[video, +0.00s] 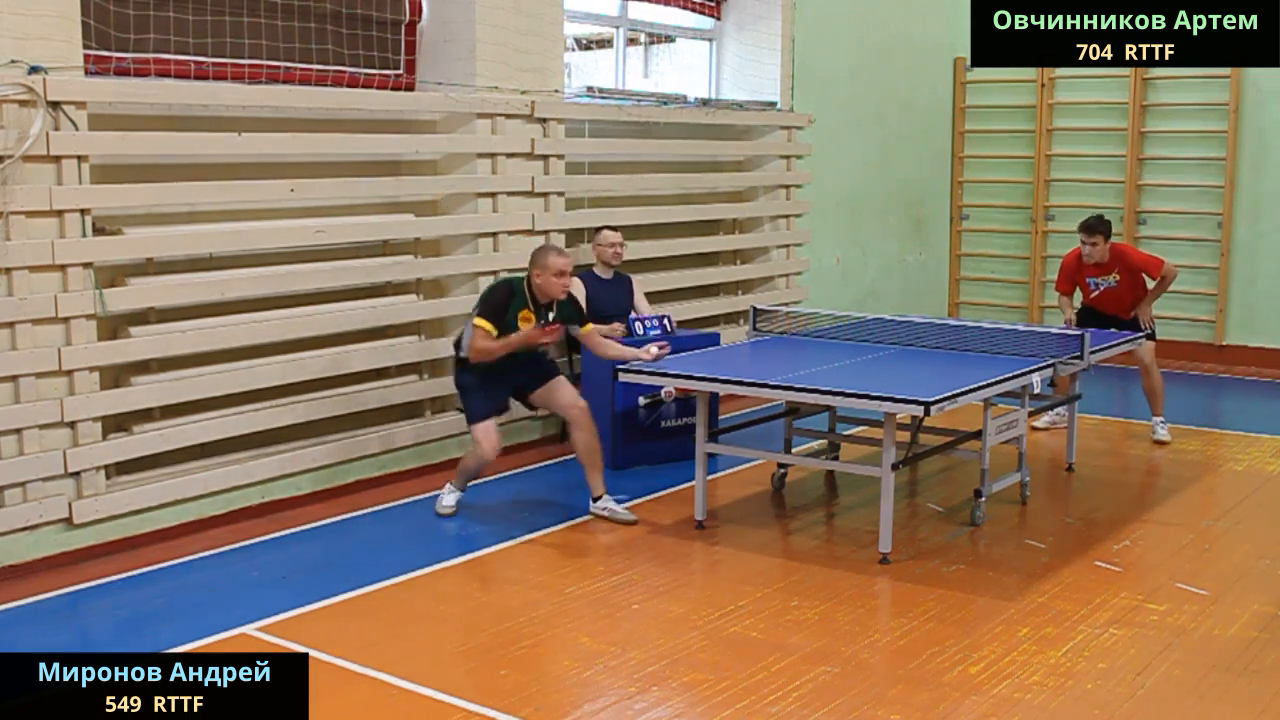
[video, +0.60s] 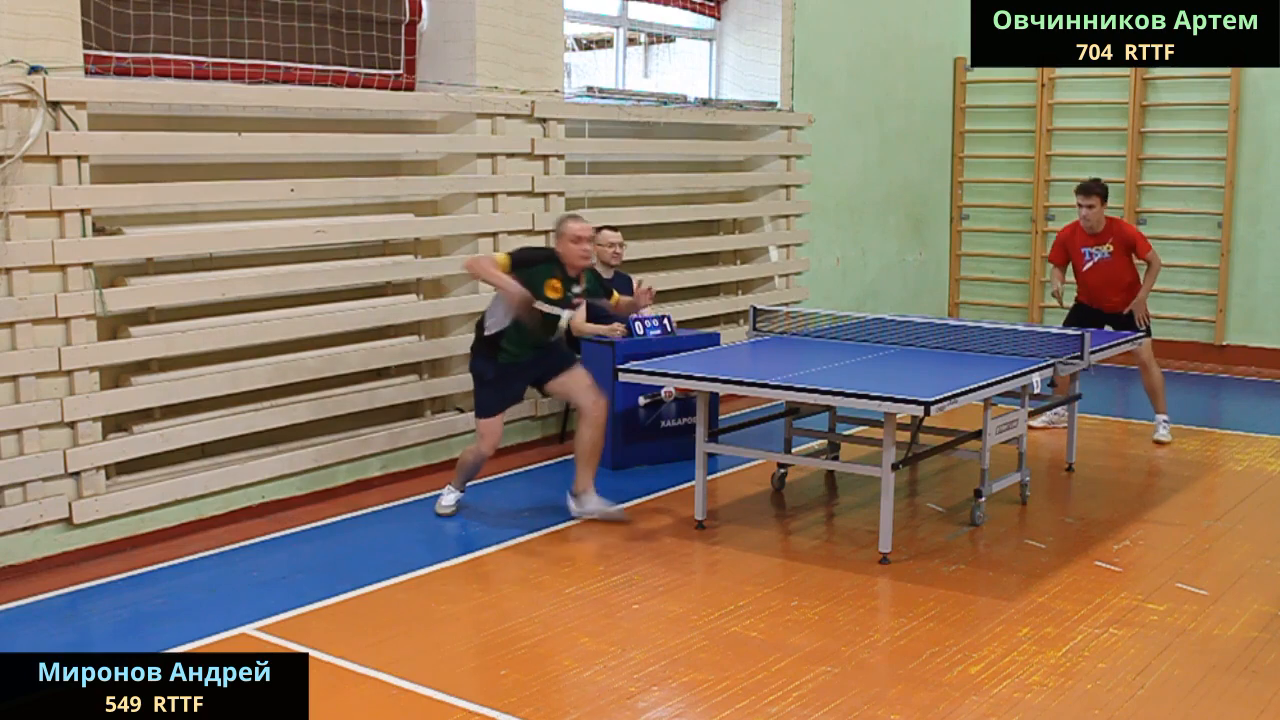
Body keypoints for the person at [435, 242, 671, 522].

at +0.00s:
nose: (568, 282)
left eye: (570, 275)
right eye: (560, 276)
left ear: (570, 274)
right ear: (537, 276)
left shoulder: (565, 302)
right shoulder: (501, 293)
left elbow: (597, 344)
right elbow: (476, 351)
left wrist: (639, 353)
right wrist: (524, 339)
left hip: (526, 361)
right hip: (481, 368)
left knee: (578, 410)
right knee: (488, 450)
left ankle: (599, 498)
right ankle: (455, 487)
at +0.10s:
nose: (566, 277)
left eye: (567, 270)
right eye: (558, 271)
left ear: (568, 269)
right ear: (534, 273)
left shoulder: (567, 296)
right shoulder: (499, 297)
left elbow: (608, 333)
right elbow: (475, 352)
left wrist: (647, 336)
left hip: (535, 363)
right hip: (491, 367)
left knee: (587, 411)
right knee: (493, 457)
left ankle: (599, 498)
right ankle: (457, 487)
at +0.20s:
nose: (562, 263)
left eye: (562, 255)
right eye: (554, 257)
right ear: (530, 262)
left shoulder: (568, 285)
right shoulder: (497, 289)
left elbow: (611, 313)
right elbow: (464, 337)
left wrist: (639, 300)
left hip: (540, 365)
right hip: (494, 371)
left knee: (590, 411)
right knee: (492, 455)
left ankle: (600, 498)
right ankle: (456, 488)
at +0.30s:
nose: (558, 248)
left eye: (558, 240)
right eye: (549, 241)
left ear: (556, 243)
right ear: (525, 247)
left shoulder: (565, 271)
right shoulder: (493, 275)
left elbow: (613, 298)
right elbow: (445, 312)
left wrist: (634, 289)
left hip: (541, 359)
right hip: (495, 365)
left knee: (588, 410)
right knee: (489, 451)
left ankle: (600, 498)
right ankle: (454, 488)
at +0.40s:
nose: (556, 239)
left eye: (558, 232)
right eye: (547, 233)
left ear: (559, 234)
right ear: (525, 237)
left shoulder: (568, 264)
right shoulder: (495, 263)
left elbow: (609, 287)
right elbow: (438, 283)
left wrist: (635, 286)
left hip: (538, 350)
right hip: (491, 357)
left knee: (592, 399)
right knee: (484, 444)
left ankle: (603, 488)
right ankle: (454, 490)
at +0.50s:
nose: (564, 239)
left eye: (568, 232)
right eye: (555, 233)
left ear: (572, 235)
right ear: (535, 236)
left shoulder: (577, 268)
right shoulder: (511, 257)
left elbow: (610, 290)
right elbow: (457, 272)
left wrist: (638, 291)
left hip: (539, 348)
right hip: (492, 354)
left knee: (597, 387)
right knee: (483, 445)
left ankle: (587, 476)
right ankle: (455, 489)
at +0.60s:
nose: (586, 248)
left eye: (590, 241)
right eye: (577, 241)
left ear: (594, 244)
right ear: (558, 244)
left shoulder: (588, 276)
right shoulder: (536, 260)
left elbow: (615, 304)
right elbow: (476, 264)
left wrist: (636, 303)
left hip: (542, 351)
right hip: (497, 354)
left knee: (594, 404)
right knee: (487, 445)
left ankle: (583, 494)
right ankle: (455, 488)